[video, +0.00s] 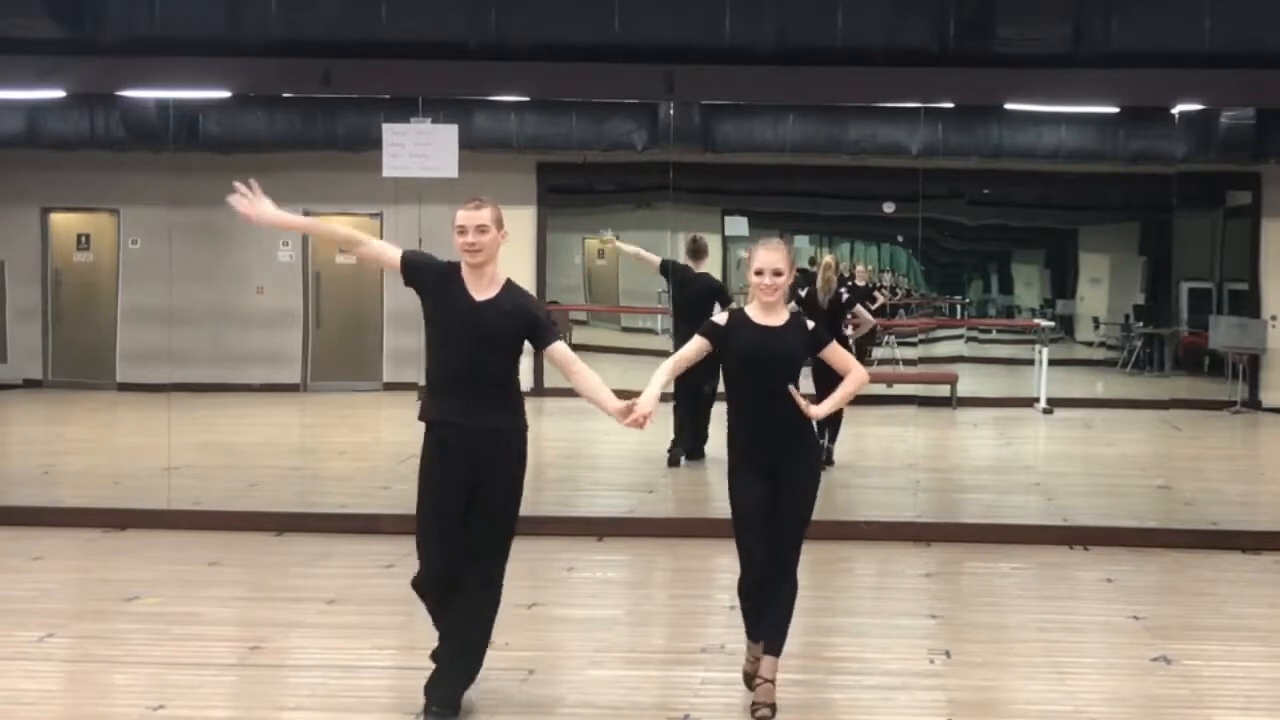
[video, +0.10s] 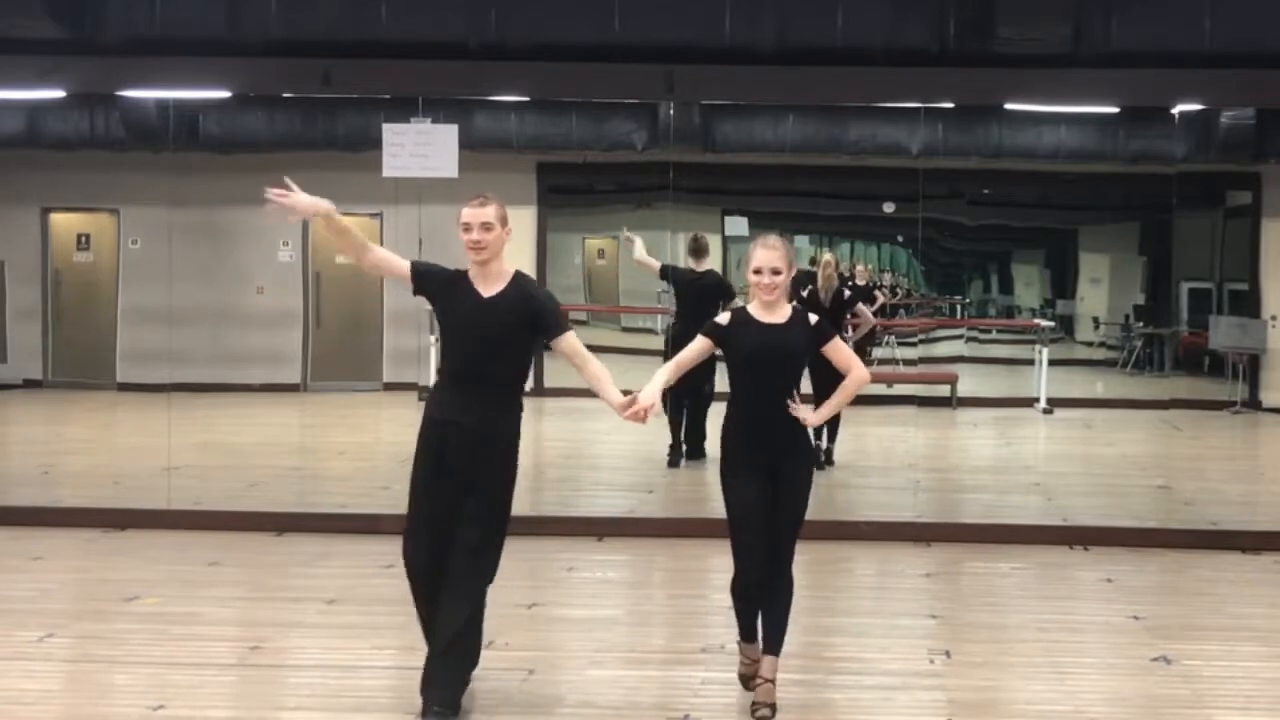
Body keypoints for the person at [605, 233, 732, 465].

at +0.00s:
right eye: (705, 254)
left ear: (687, 254)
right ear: (706, 256)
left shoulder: (676, 271)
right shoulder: (713, 284)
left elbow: (640, 254)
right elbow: (733, 313)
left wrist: (616, 243)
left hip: (681, 351)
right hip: (707, 352)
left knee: (682, 398)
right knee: (703, 399)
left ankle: (677, 446)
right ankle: (696, 449)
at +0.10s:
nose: (697, 256)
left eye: (693, 252)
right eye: (703, 252)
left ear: (688, 253)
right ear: (709, 253)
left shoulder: (679, 275)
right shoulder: (719, 281)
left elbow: (639, 258)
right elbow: (734, 309)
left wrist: (637, 240)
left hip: (678, 345)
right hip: (705, 346)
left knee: (676, 397)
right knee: (699, 398)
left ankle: (676, 447)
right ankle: (695, 448)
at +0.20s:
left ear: (690, 253)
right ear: (711, 253)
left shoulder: (680, 277)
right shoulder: (721, 281)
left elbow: (646, 274)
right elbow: (742, 306)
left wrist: (644, 248)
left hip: (678, 341)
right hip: (704, 343)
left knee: (672, 396)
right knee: (696, 395)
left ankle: (673, 452)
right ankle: (695, 447)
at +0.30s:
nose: (710, 254)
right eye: (713, 251)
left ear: (695, 251)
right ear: (714, 252)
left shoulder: (682, 277)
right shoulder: (723, 280)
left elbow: (658, 290)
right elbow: (743, 303)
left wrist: (641, 271)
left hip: (678, 343)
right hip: (706, 344)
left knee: (675, 397)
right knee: (700, 396)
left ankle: (673, 453)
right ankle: (692, 451)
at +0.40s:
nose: (722, 253)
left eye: (721, 249)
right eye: (721, 249)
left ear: (701, 251)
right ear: (715, 251)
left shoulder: (687, 279)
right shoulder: (724, 279)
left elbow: (680, 307)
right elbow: (752, 287)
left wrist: (661, 299)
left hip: (685, 339)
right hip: (711, 341)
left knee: (679, 397)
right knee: (701, 393)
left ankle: (673, 454)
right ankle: (698, 445)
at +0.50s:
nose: (728, 253)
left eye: (727, 249)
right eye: (726, 249)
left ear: (707, 252)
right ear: (720, 252)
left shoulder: (695, 280)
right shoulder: (729, 279)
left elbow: (694, 310)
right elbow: (736, 309)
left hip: (693, 339)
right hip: (720, 343)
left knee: (681, 397)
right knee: (715, 399)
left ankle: (674, 453)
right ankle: (717, 455)